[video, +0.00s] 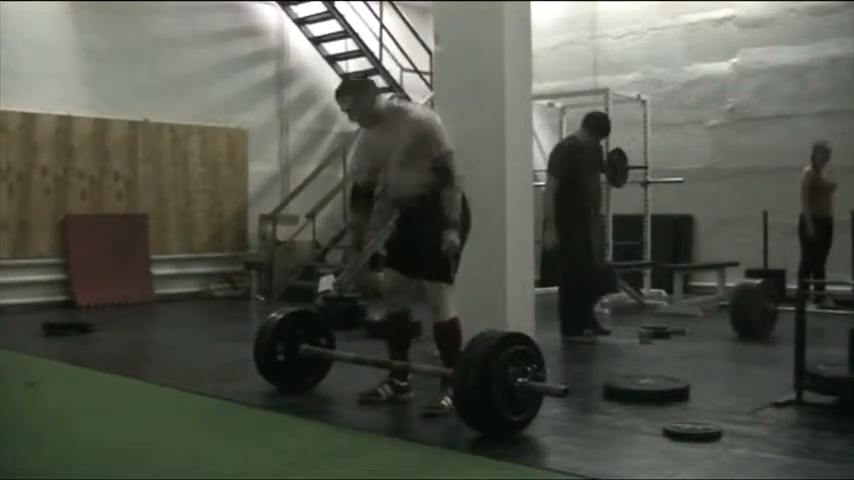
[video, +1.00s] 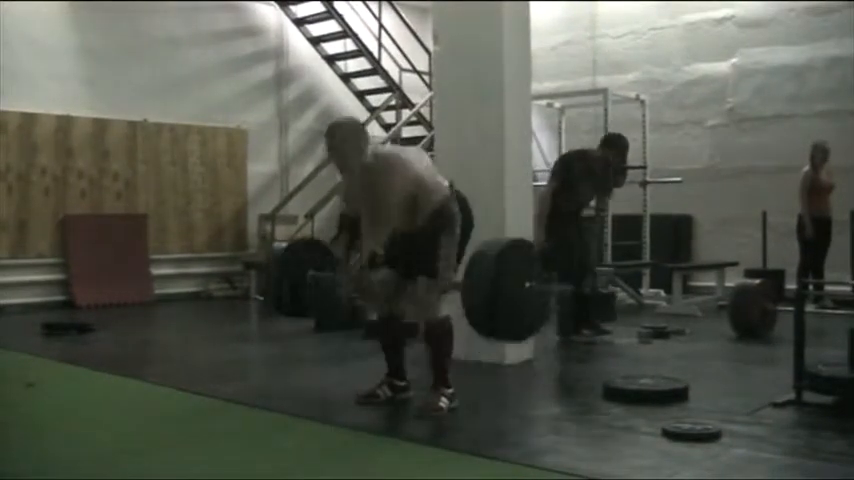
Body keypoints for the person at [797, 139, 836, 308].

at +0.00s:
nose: (824, 159)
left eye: (826, 156)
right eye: (821, 155)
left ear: (828, 158)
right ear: (814, 155)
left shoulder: (823, 175)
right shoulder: (809, 174)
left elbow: (824, 200)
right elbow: (805, 201)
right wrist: (809, 224)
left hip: (824, 221)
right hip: (811, 220)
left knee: (820, 259)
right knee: (808, 258)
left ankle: (820, 294)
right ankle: (803, 293)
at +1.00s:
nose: (822, 159)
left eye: (824, 156)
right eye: (819, 155)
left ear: (827, 158)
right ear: (813, 156)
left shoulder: (824, 174)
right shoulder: (808, 174)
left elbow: (823, 198)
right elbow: (804, 201)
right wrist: (807, 224)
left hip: (823, 220)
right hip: (809, 219)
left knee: (819, 260)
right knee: (807, 259)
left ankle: (819, 294)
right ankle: (802, 293)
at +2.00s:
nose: (822, 157)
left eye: (824, 154)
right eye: (819, 153)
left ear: (826, 156)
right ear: (812, 154)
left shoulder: (823, 173)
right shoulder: (807, 173)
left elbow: (823, 197)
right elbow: (803, 200)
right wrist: (806, 223)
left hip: (822, 219)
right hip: (809, 219)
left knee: (818, 259)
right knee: (806, 258)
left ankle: (819, 293)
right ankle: (801, 293)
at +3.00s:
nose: (827, 159)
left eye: (829, 155)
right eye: (825, 155)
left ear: (830, 157)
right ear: (818, 155)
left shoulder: (827, 174)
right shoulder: (812, 174)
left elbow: (824, 200)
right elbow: (807, 201)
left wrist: (832, 190)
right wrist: (811, 224)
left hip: (821, 220)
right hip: (808, 219)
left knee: (818, 259)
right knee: (806, 258)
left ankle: (819, 294)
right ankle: (802, 293)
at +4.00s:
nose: (826, 157)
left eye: (828, 154)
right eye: (823, 154)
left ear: (831, 156)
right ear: (817, 154)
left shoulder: (830, 173)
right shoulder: (811, 173)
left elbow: (829, 194)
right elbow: (805, 200)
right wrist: (810, 224)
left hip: (821, 219)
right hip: (807, 218)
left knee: (817, 259)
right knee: (805, 258)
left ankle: (819, 294)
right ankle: (801, 293)